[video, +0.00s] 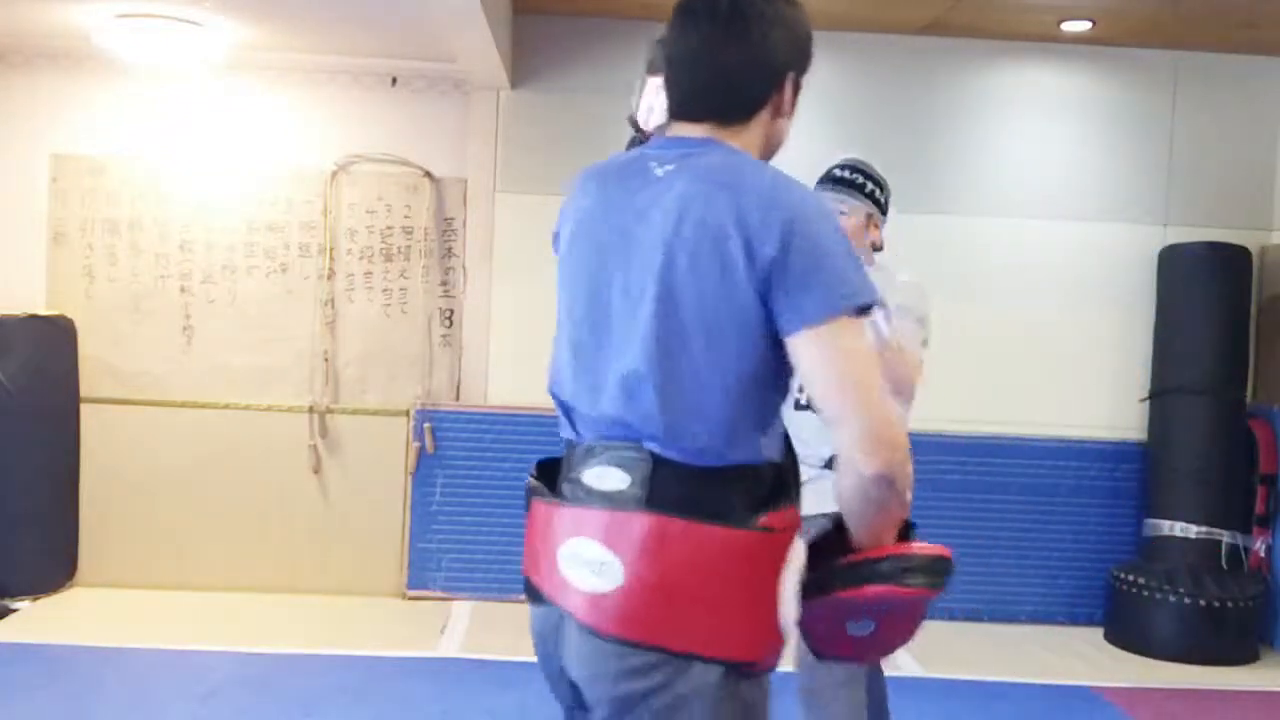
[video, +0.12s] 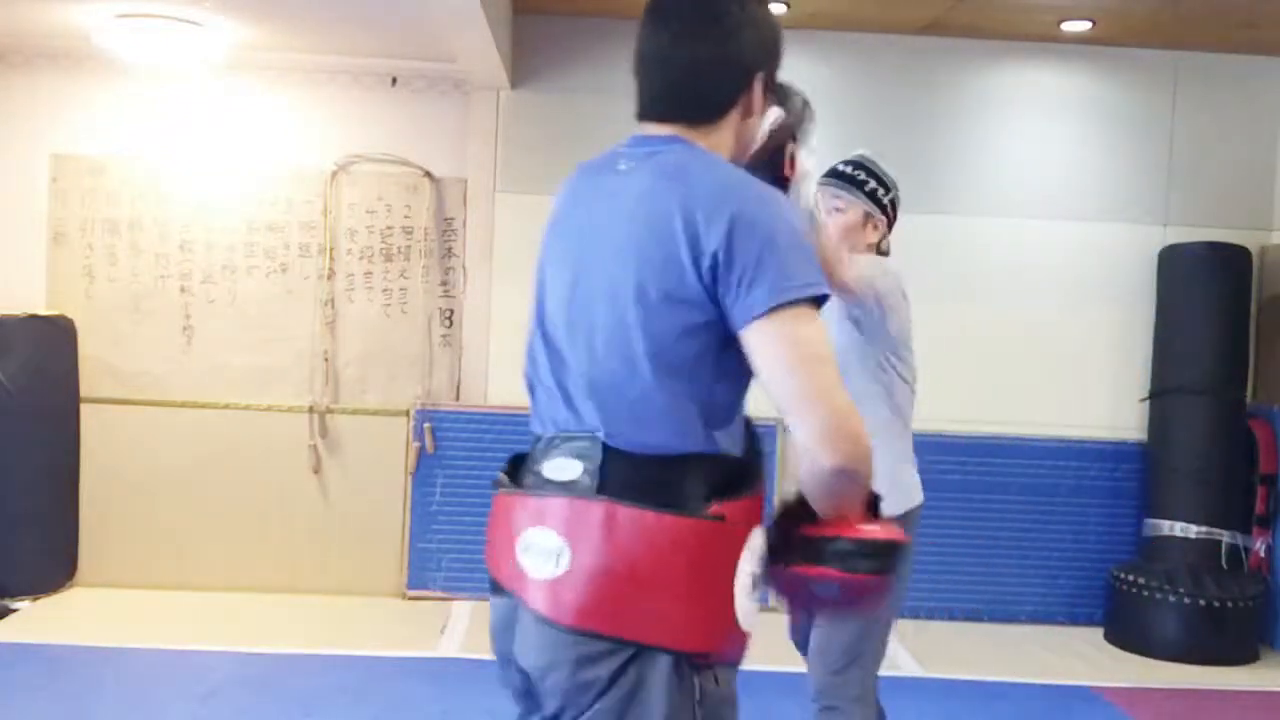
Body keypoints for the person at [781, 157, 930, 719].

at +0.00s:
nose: (833, 224)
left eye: (847, 214)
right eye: (826, 210)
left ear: (875, 230)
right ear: (809, 215)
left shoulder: (896, 293)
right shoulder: (784, 281)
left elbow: (902, 383)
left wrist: (850, 300)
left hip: (842, 496)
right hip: (775, 491)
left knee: (831, 653)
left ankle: (839, 711)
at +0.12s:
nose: (816, 220)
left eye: (835, 207)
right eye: (814, 206)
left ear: (875, 228)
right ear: (805, 209)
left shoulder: (880, 279)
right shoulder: (821, 283)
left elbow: (823, 264)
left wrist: (793, 191)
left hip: (879, 505)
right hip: (826, 498)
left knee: (837, 682)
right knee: (817, 648)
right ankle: (866, 713)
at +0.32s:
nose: (828, 223)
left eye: (847, 210)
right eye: (823, 208)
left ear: (887, 223)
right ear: (816, 211)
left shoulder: (908, 295)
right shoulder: (816, 288)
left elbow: (867, 375)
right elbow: (768, 380)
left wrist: (794, 335)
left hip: (885, 506)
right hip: (823, 501)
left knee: (849, 682)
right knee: (842, 669)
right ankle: (898, 713)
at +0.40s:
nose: (830, 224)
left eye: (849, 211)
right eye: (825, 208)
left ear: (889, 225)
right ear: (817, 210)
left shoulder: (910, 296)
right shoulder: (816, 287)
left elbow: (879, 398)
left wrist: (807, 359)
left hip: (887, 508)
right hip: (827, 504)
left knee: (845, 687)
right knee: (860, 675)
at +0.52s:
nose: (837, 238)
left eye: (855, 226)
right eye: (831, 223)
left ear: (892, 237)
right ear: (822, 226)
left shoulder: (919, 312)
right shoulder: (818, 299)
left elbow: (922, 431)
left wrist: (870, 390)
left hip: (900, 513)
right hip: (835, 509)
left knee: (824, 676)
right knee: (876, 671)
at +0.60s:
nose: (841, 243)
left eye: (857, 230)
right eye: (833, 229)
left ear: (895, 239)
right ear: (823, 232)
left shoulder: (926, 312)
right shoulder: (822, 309)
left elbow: (951, 428)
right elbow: (777, 403)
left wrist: (896, 404)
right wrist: (775, 334)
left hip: (907, 516)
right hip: (840, 516)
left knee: (825, 674)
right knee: (872, 671)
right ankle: (906, 715)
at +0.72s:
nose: (843, 241)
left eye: (859, 228)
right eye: (834, 228)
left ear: (896, 235)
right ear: (824, 233)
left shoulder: (922, 310)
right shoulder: (833, 315)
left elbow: (964, 419)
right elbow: (819, 418)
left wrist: (899, 402)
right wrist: (776, 377)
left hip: (907, 518)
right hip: (841, 520)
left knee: (834, 677)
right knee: (880, 677)